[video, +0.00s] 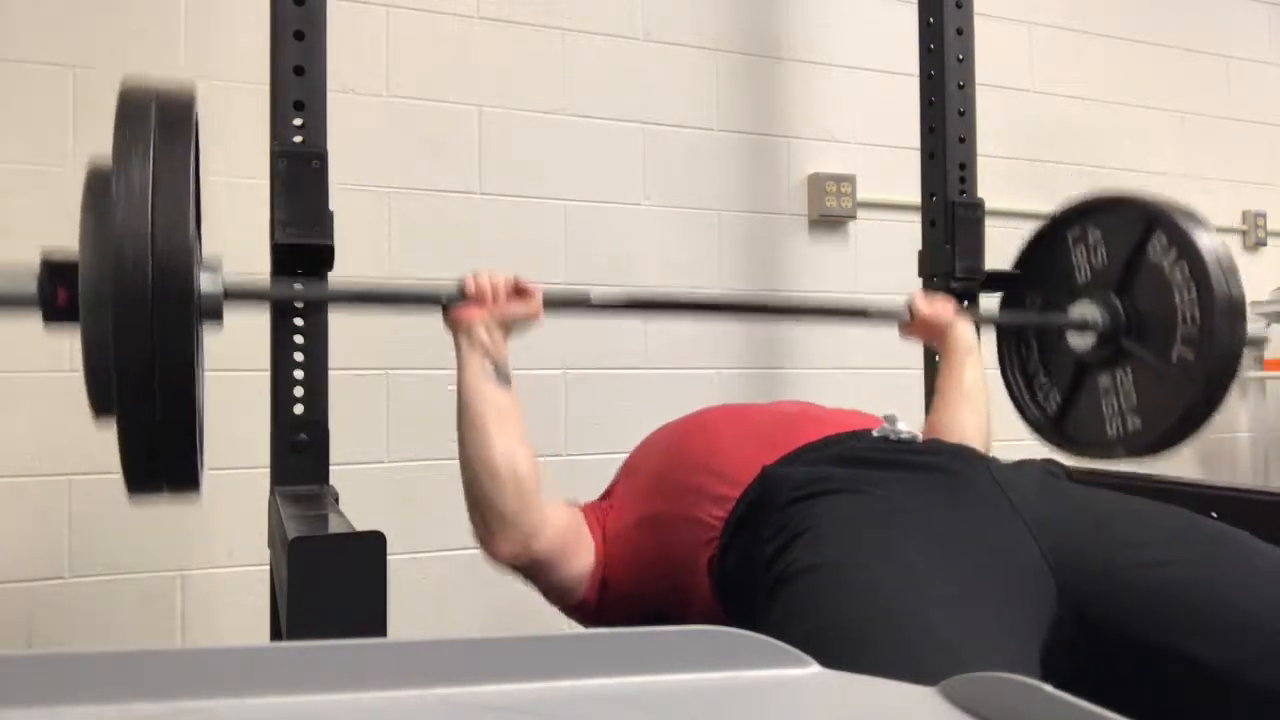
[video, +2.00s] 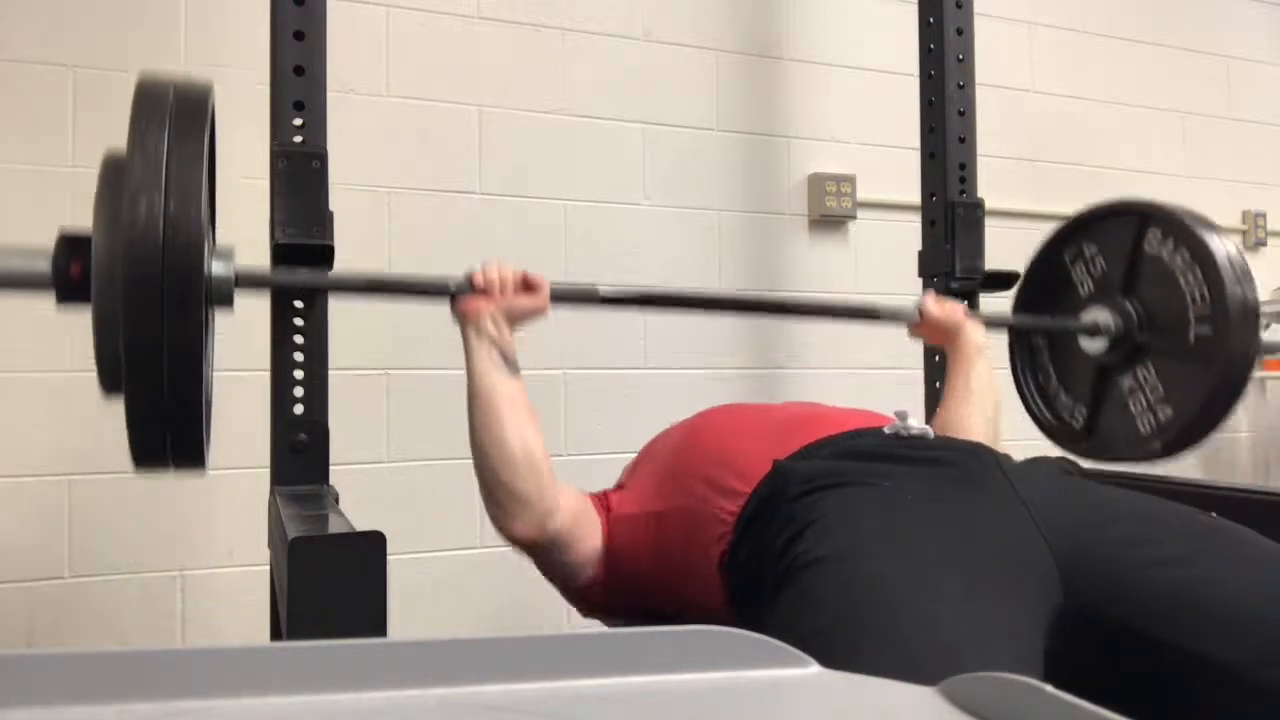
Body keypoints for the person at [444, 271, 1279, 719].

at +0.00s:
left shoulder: (866, 442)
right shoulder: (619, 545)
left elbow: (961, 464)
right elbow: (514, 526)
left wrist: (959, 341)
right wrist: (481, 354)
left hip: (1034, 488)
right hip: (846, 508)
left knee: (1270, 613)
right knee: (931, 672)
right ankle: (980, 702)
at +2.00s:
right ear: (646, 485)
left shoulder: (869, 440)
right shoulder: (618, 543)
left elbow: (965, 466)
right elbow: (528, 508)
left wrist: (970, 347)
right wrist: (488, 343)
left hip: (1045, 486)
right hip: (857, 508)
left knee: (1276, 623)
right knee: (934, 697)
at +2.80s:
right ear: (647, 481)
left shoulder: (865, 422)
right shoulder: (625, 531)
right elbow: (551, 629)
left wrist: (986, 451)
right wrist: (499, 483)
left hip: (1035, 487)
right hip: (858, 504)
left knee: (1273, 608)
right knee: (932, 686)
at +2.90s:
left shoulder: (849, 425)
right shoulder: (613, 544)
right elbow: (555, 635)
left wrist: (986, 457)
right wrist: (498, 499)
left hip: (1035, 487)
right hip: (856, 506)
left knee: (1274, 607)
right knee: (929, 700)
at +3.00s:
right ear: (645, 488)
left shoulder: (870, 422)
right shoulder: (626, 529)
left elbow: (1032, 523)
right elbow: (559, 625)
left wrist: (996, 446)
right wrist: (501, 477)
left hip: (1043, 487)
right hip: (862, 499)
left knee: (1276, 610)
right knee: (939, 690)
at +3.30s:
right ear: (643, 492)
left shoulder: (863, 439)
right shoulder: (617, 544)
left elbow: (965, 464)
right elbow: (516, 505)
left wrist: (966, 339)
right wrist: (485, 342)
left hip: (1043, 482)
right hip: (857, 505)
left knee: (1273, 620)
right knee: (934, 673)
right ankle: (977, 703)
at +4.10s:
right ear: (647, 485)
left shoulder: (866, 423)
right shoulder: (623, 533)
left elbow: (1033, 508)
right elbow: (550, 632)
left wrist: (983, 445)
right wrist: (496, 485)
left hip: (1038, 486)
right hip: (861, 503)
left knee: (1275, 603)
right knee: (929, 695)